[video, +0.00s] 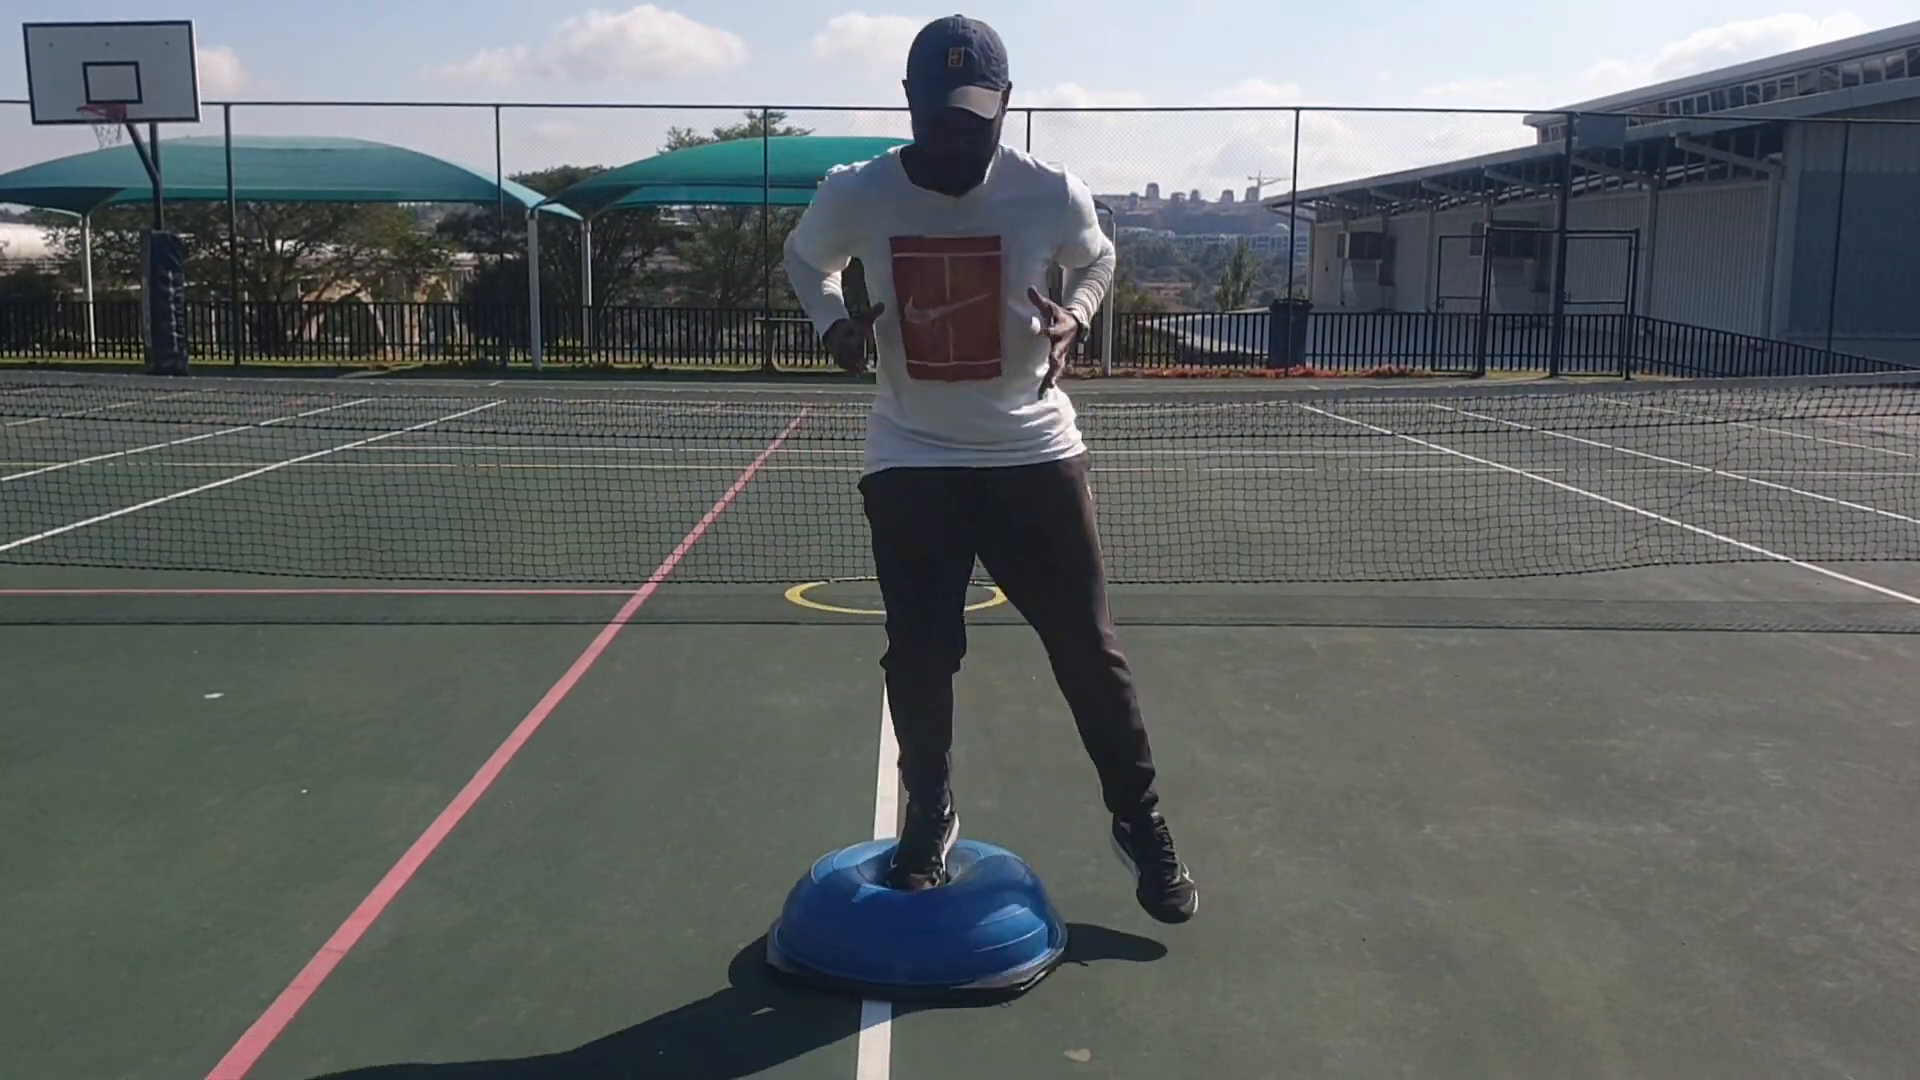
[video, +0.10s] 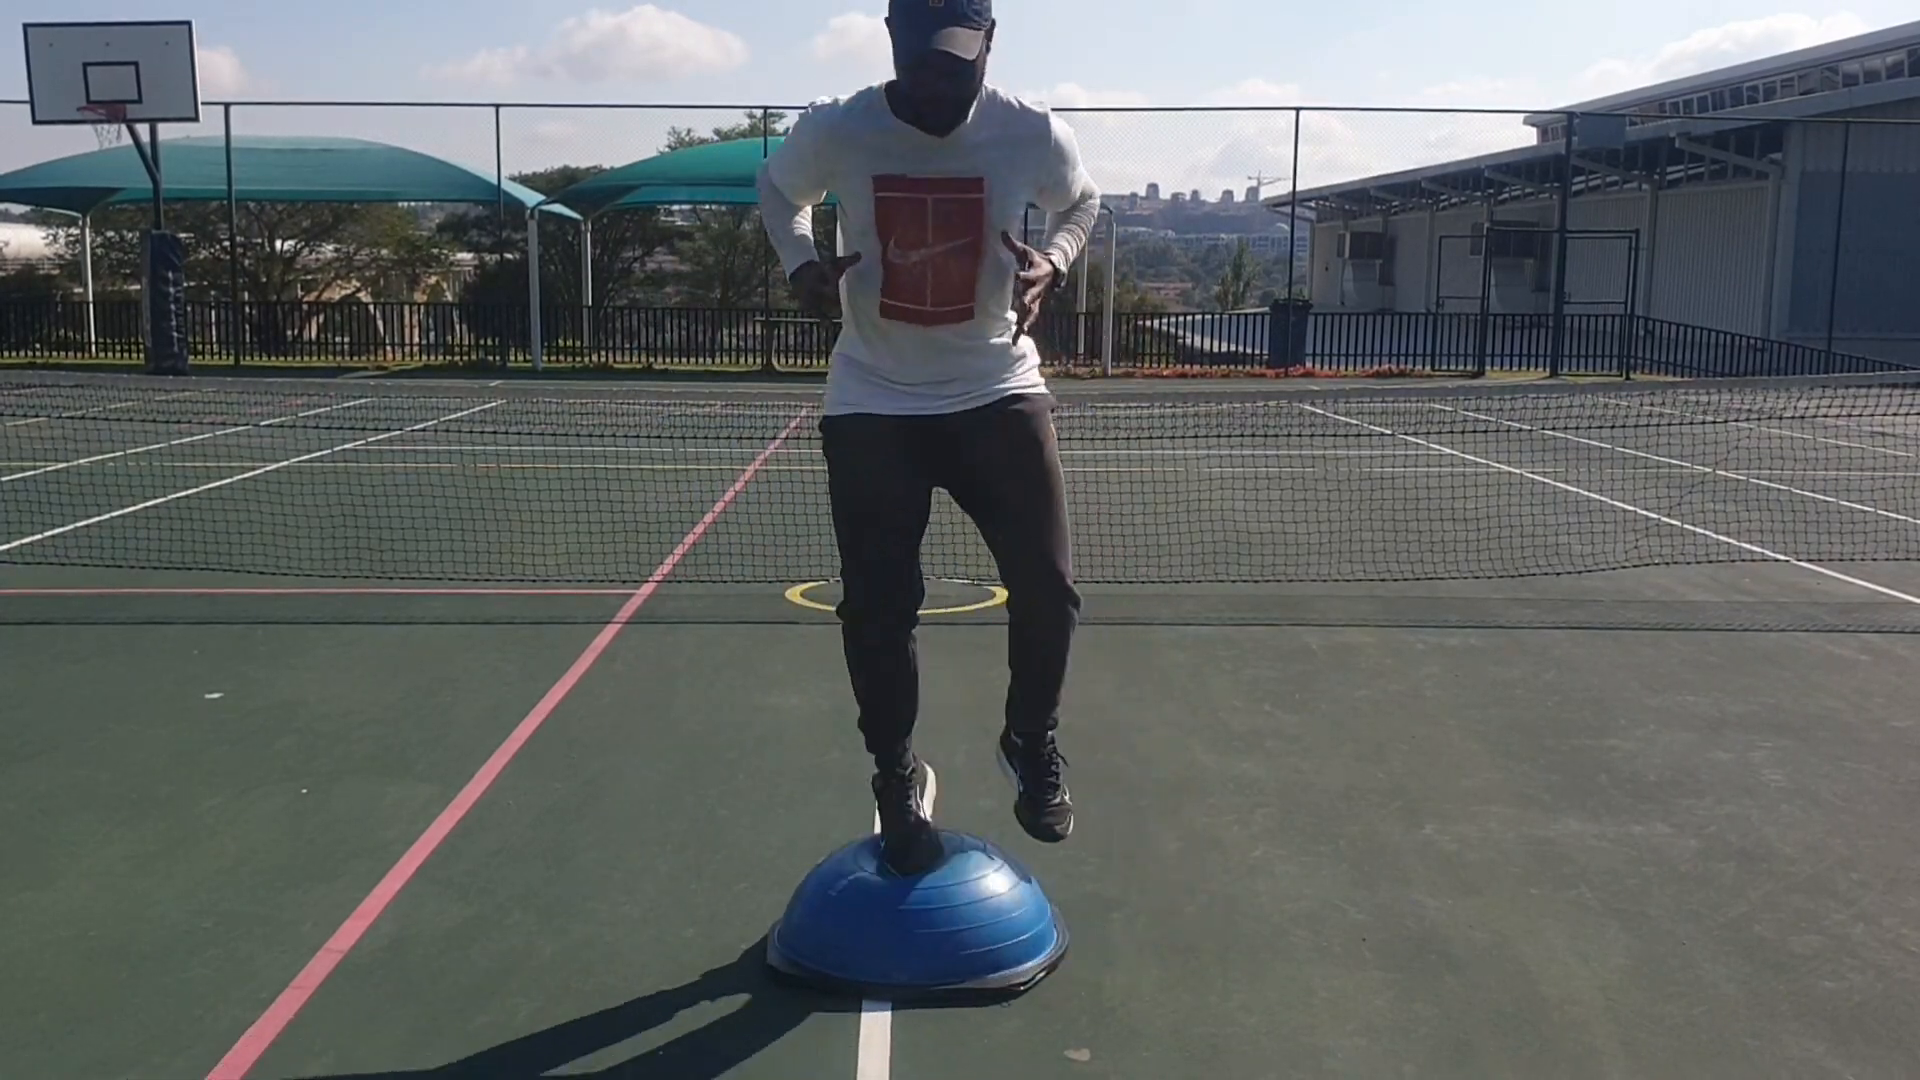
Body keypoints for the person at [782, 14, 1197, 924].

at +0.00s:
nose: (972, 132)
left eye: (986, 114)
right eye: (954, 115)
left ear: (1007, 105)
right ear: (913, 103)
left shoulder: (1052, 198)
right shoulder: (852, 197)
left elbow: (1098, 263)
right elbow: (803, 261)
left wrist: (1077, 309)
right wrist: (834, 321)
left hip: (1034, 449)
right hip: (912, 455)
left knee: (1090, 652)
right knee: (917, 652)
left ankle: (1143, 828)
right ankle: (925, 819)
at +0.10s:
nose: (935, 83)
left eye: (953, 65)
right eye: (920, 62)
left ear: (985, 49)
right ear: (894, 45)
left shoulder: (1035, 138)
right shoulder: (832, 134)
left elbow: (1080, 209)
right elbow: (776, 191)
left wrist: (1055, 259)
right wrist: (801, 260)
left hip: (997, 392)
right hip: (873, 398)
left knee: (1048, 589)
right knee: (876, 607)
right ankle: (896, 780)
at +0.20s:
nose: (915, 83)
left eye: (933, 62)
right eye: (899, 61)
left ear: (964, 46)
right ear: (872, 42)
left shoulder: (1015, 128)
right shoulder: (808, 118)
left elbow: (1060, 191)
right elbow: (749, 178)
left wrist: (1034, 247)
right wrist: (776, 254)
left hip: (967, 375)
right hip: (839, 371)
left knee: (991, 569)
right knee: (804, 572)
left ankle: (931, 729)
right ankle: (818, 738)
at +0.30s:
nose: (892, 105)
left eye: (909, 86)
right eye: (874, 85)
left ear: (940, 65)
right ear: (844, 59)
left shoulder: (987, 157)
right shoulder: (785, 147)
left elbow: (1035, 217)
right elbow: (729, 206)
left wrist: (1004, 276)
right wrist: (757, 287)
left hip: (932, 420)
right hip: (803, 410)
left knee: (933, 622)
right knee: (747, 609)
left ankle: (879, 798)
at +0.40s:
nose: (876, 163)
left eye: (892, 143)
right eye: (857, 145)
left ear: (919, 132)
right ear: (825, 135)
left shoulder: (962, 231)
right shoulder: (765, 217)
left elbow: (1010, 291)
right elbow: (722, 284)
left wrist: (975, 347)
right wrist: (748, 362)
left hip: (894, 492)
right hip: (768, 490)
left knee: (924, 677)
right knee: (695, 687)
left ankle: (878, 820)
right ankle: (624, 863)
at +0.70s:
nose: (914, 114)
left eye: (929, 94)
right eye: (894, 96)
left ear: (953, 77)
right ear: (859, 77)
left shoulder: (1001, 169)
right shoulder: (801, 170)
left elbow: (1054, 223)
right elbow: (739, 251)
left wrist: (1031, 267)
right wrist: (770, 308)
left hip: (940, 449)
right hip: (813, 444)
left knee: (933, 659)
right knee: (758, 641)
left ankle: (882, 813)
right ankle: (728, 799)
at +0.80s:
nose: (925, 90)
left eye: (944, 70)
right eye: (909, 70)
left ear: (973, 48)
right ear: (882, 47)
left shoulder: (1030, 123)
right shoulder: (824, 130)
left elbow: (1089, 181)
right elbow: (751, 208)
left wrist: (1060, 236)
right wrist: (789, 274)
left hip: (984, 392)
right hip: (858, 386)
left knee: (999, 587)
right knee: (825, 589)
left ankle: (931, 754)